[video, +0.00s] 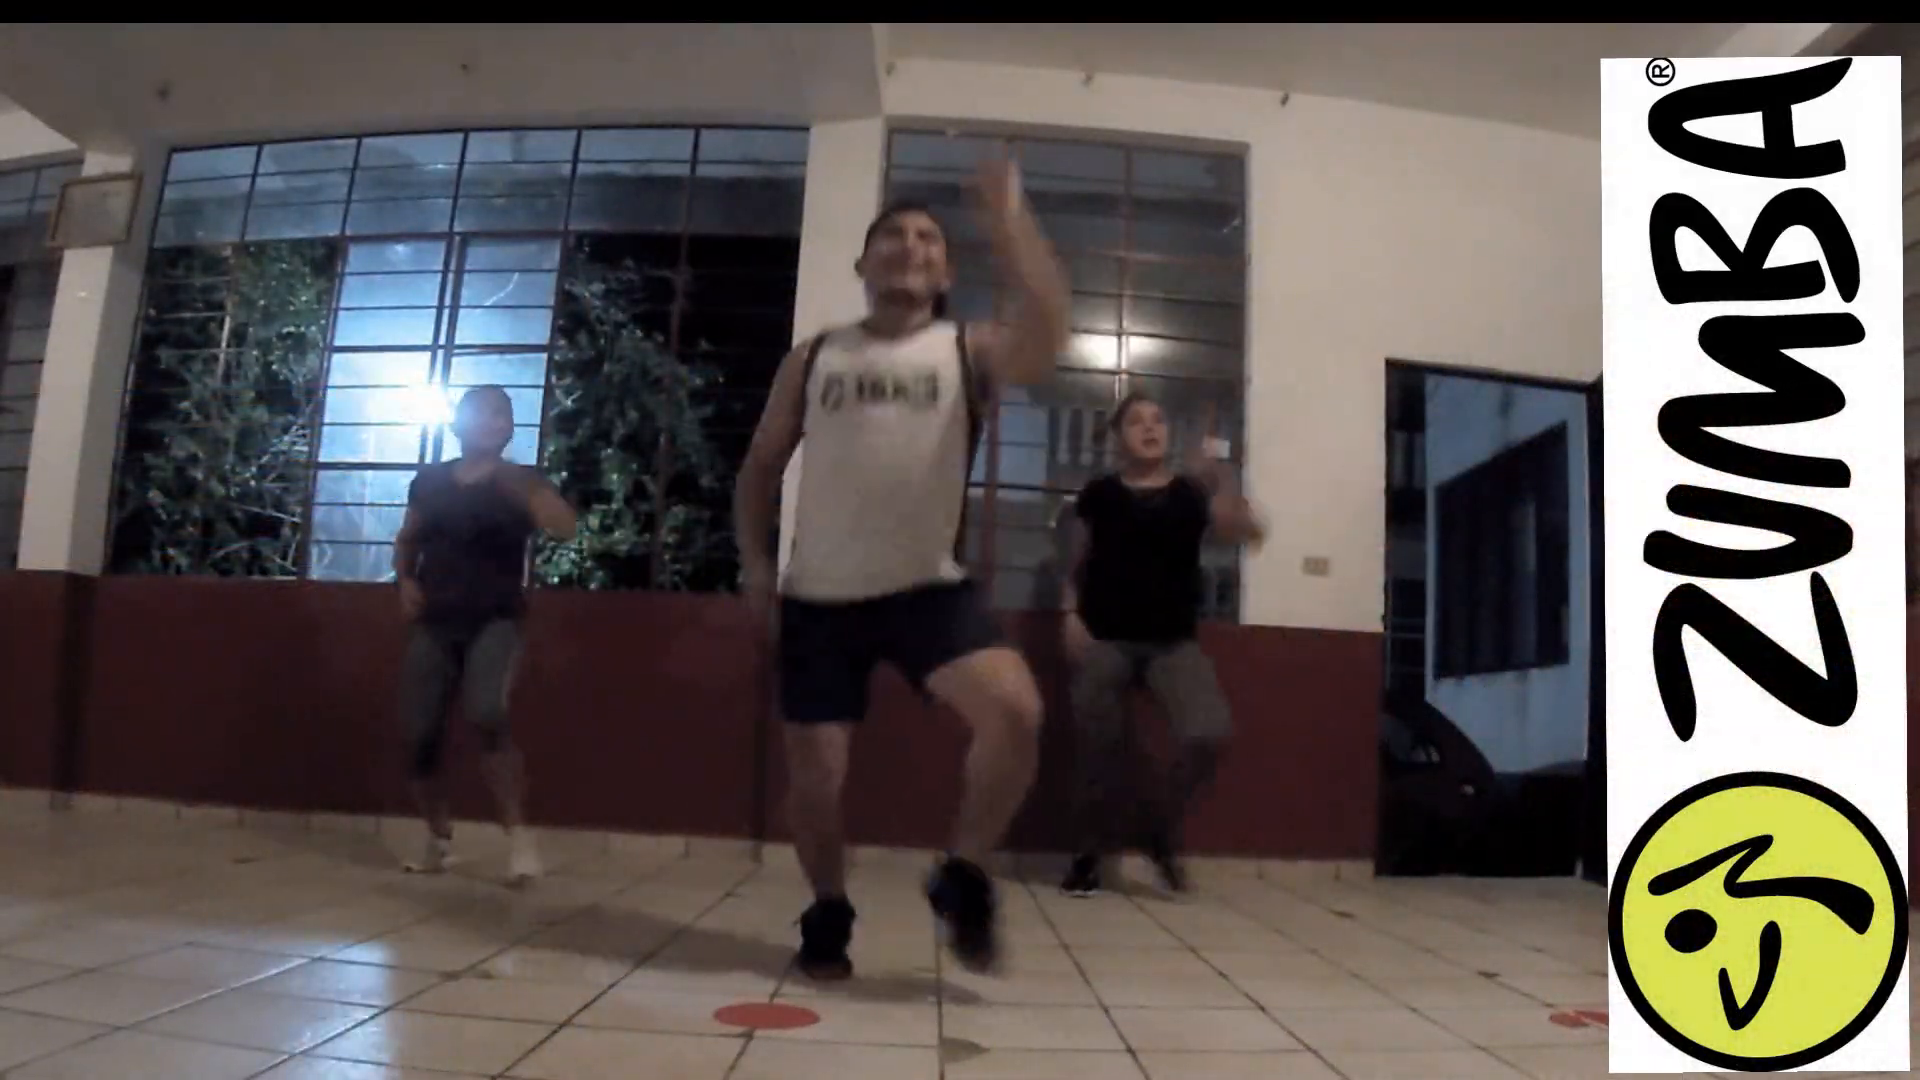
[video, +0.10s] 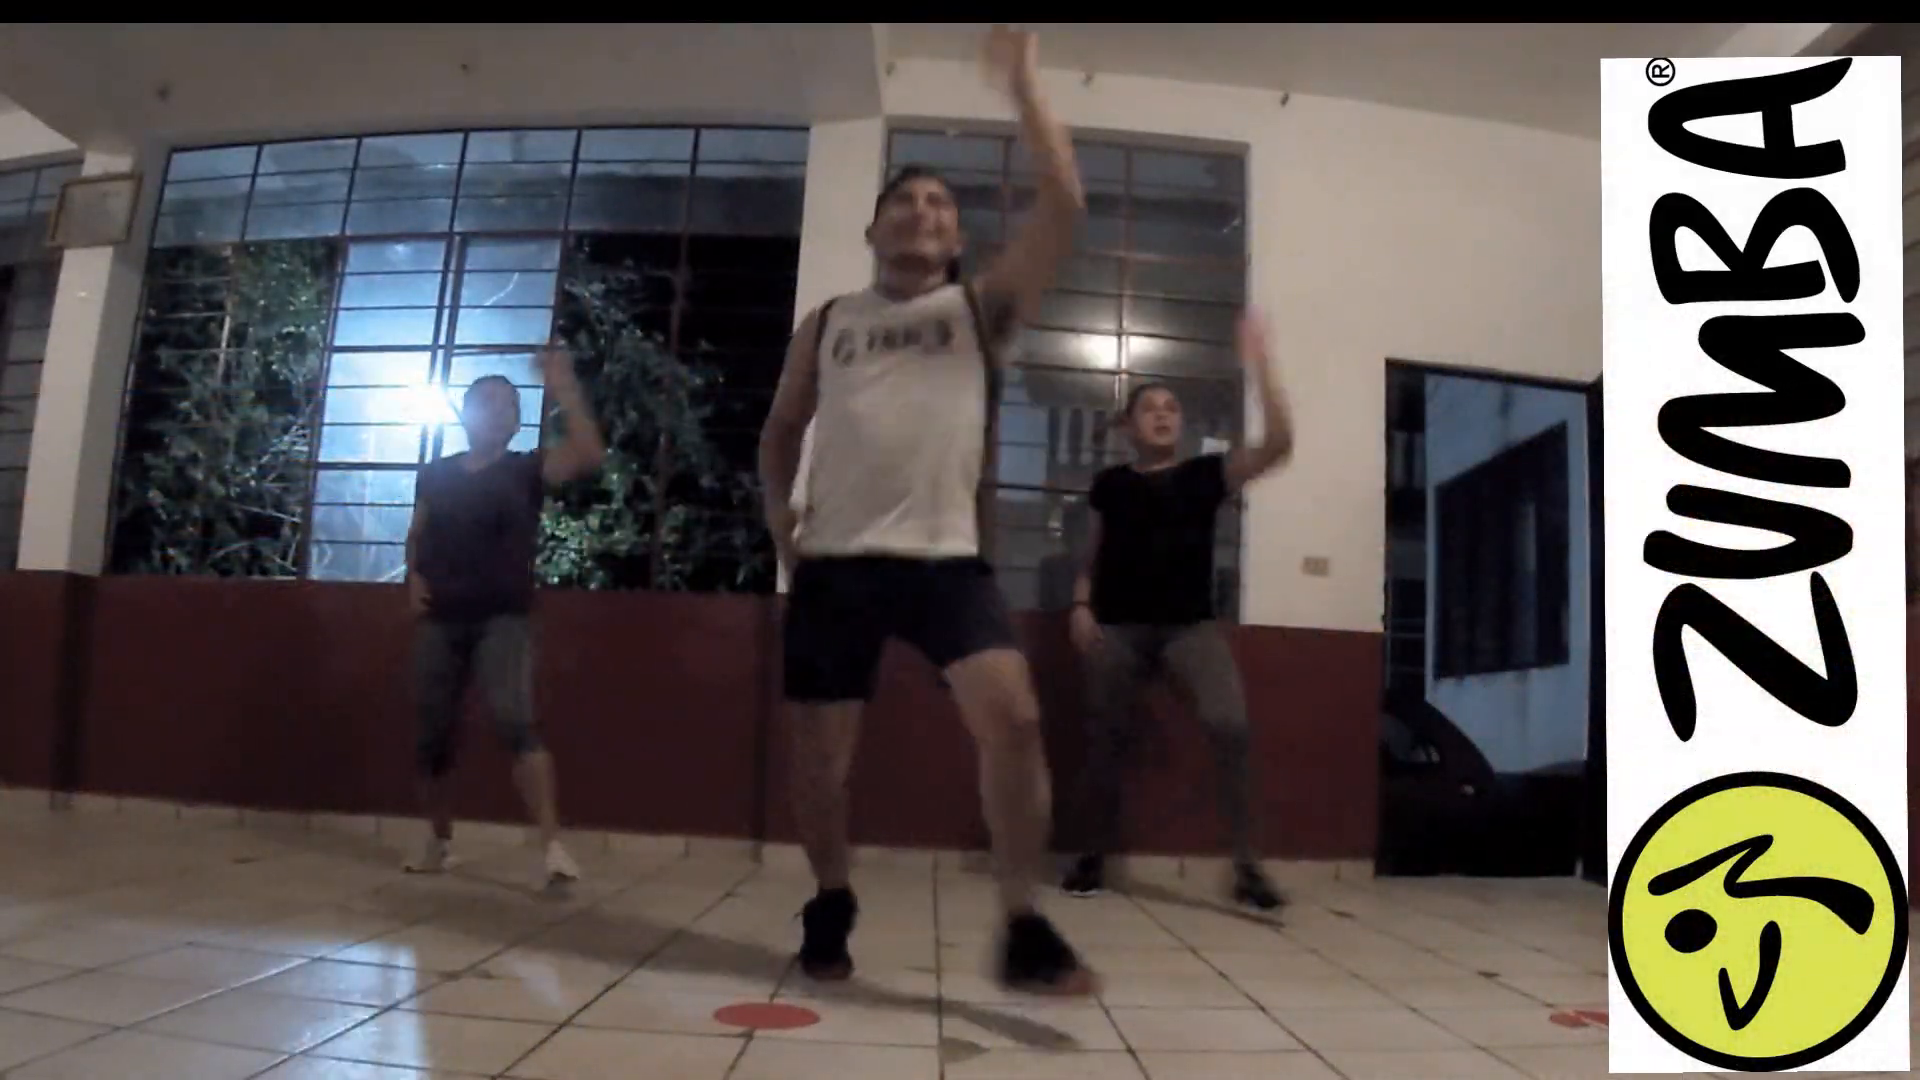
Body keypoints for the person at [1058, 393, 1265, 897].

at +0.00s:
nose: (1150, 431)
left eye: (1157, 422)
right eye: (1138, 424)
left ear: (1169, 433)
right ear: (1118, 437)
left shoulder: (1191, 494)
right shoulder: (1098, 497)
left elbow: (1242, 529)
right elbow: (1070, 565)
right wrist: (1070, 616)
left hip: (1172, 640)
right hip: (1106, 638)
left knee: (1208, 732)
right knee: (1097, 742)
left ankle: (1162, 834)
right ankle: (1087, 851)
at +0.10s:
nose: (1163, 416)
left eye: (1171, 409)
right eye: (1151, 409)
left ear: (1184, 423)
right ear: (1129, 425)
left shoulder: (1206, 475)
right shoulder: (1109, 486)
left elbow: (1276, 445)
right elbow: (1091, 557)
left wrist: (1262, 369)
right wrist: (1082, 608)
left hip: (1191, 627)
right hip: (1120, 628)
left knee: (1230, 725)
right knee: (1104, 732)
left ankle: (1245, 864)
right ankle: (1092, 856)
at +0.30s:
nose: (1193, 428)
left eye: (1201, 421)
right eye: (1182, 421)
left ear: (1215, 434)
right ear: (1161, 435)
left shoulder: (1236, 481)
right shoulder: (1141, 504)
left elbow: (1279, 396)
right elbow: (1123, 572)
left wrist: (1313, 318)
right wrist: (1130, 608)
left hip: (1247, 632)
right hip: (1174, 637)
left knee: (1269, 751)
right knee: (1129, 740)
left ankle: (1290, 887)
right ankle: (1113, 849)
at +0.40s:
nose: (1204, 422)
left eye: (1212, 416)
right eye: (1192, 417)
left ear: (1226, 433)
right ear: (1171, 435)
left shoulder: (1250, 479)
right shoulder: (1158, 499)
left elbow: (1293, 392)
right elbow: (1127, 564)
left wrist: (1325, 310)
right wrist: (1144, 506)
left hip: (1257, 633)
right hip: (1179, 635)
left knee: (1284, 747)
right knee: (1113, 730)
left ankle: (1293, 888)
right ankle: (1131, 847)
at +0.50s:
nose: (1202, 402)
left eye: (1211, 398)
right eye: (1191, 398)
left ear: (1227, 415)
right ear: (1171, 416)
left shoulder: (1251, 464)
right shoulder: (1157, 475)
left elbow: (1297, 385)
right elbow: (1108, 466)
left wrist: (1321, 301)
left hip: (1253, 620)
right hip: (1176, 620)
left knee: (1284, 737)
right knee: (1118, 716)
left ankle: (1290, 885)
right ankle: (1120, 858)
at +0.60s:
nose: (1198, 398)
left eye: (1207, 392)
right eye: (1186, 391)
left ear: (1219, 410)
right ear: (1163, 407)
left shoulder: (1238, 459)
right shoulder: (1145, 462)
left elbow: (1296, 391)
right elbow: (1105, 392)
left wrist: (1314, 305)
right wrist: (1131, 311)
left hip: (1242, 608)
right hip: (1166, 608)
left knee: (1280, 729)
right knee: (1138, 727)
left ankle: (1288, 883)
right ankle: (1083, 871)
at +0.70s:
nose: (1187, 410)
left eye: (1195, 404)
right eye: (1175, 402)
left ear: (1205, 419)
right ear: (1150, 412)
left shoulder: (1222, 477)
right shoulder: (1131, 462)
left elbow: (1287, 439)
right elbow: (1128, 368)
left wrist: (1288, 365)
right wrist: (1125, 285)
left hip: (1221, 621)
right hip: (1150, 619)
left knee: (1269, 735)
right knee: (1133, 742)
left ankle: (1282, 887)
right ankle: (1080, 875)